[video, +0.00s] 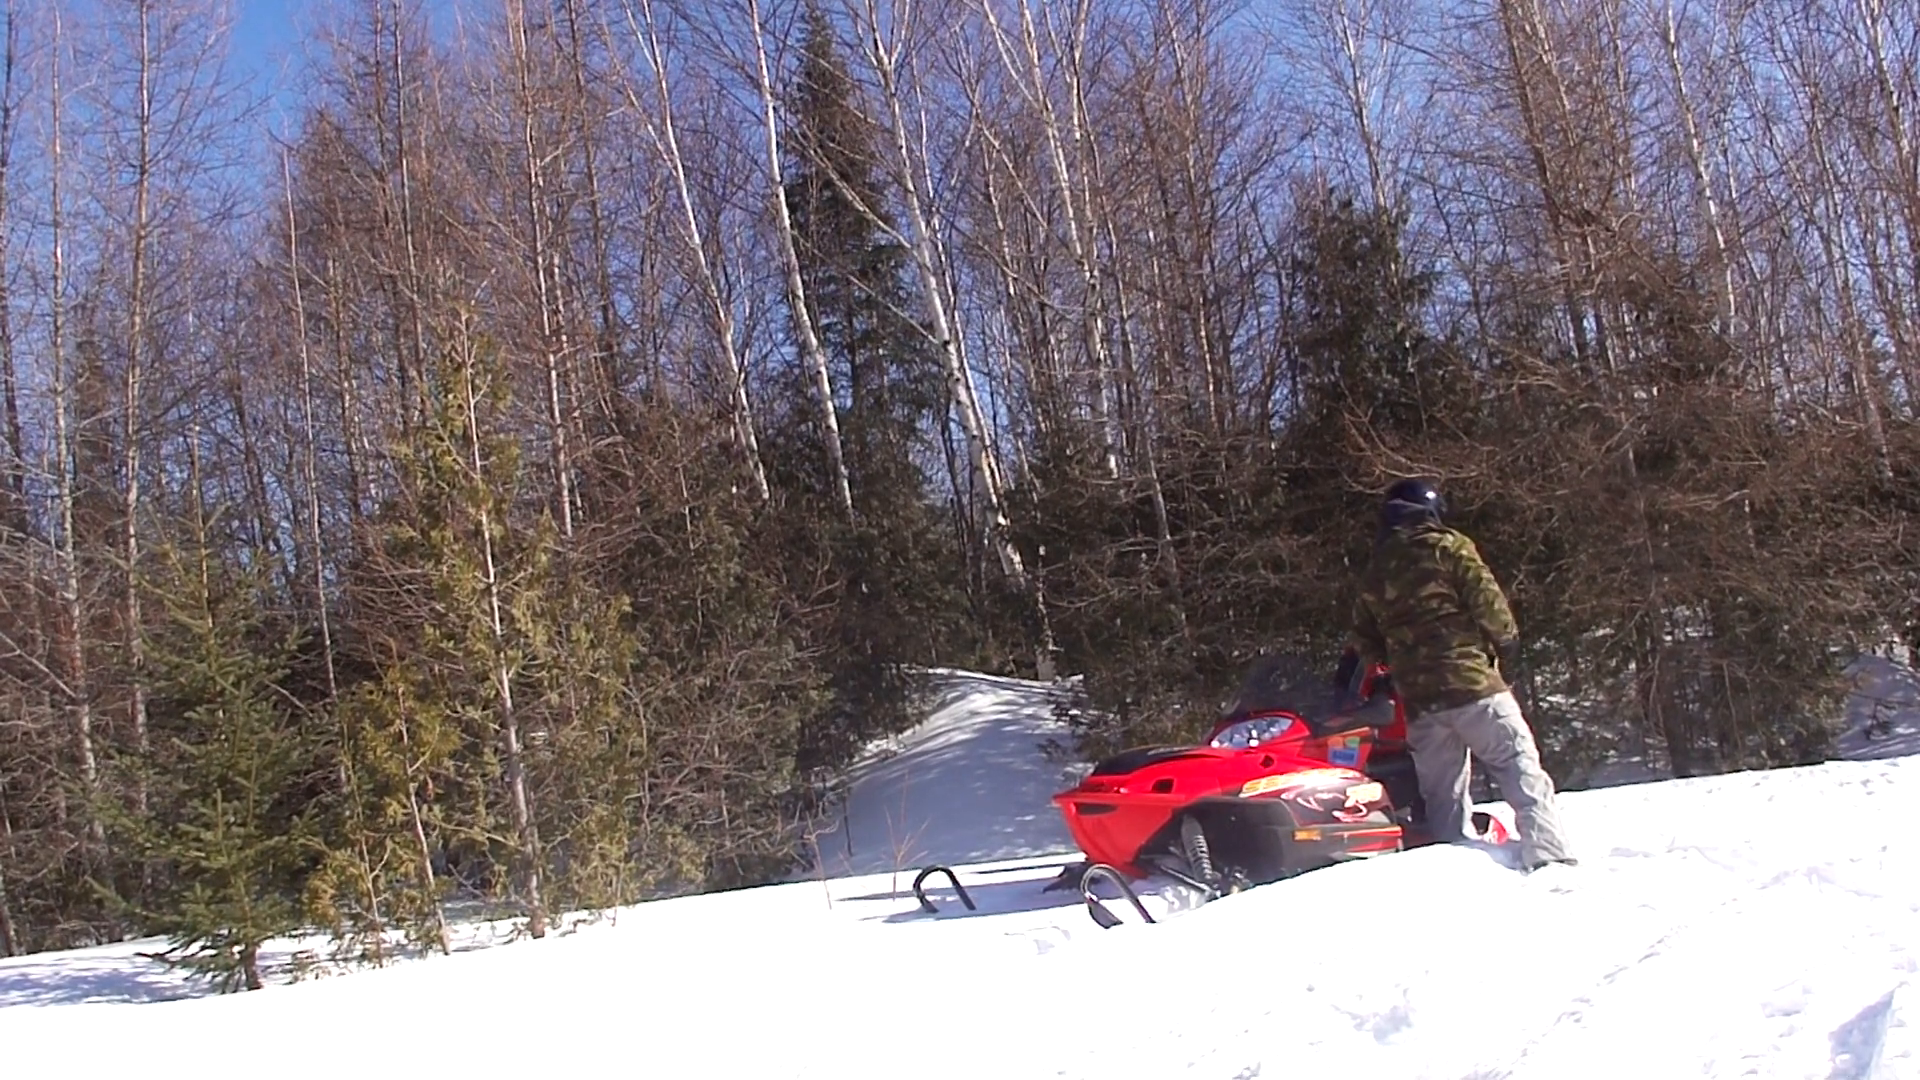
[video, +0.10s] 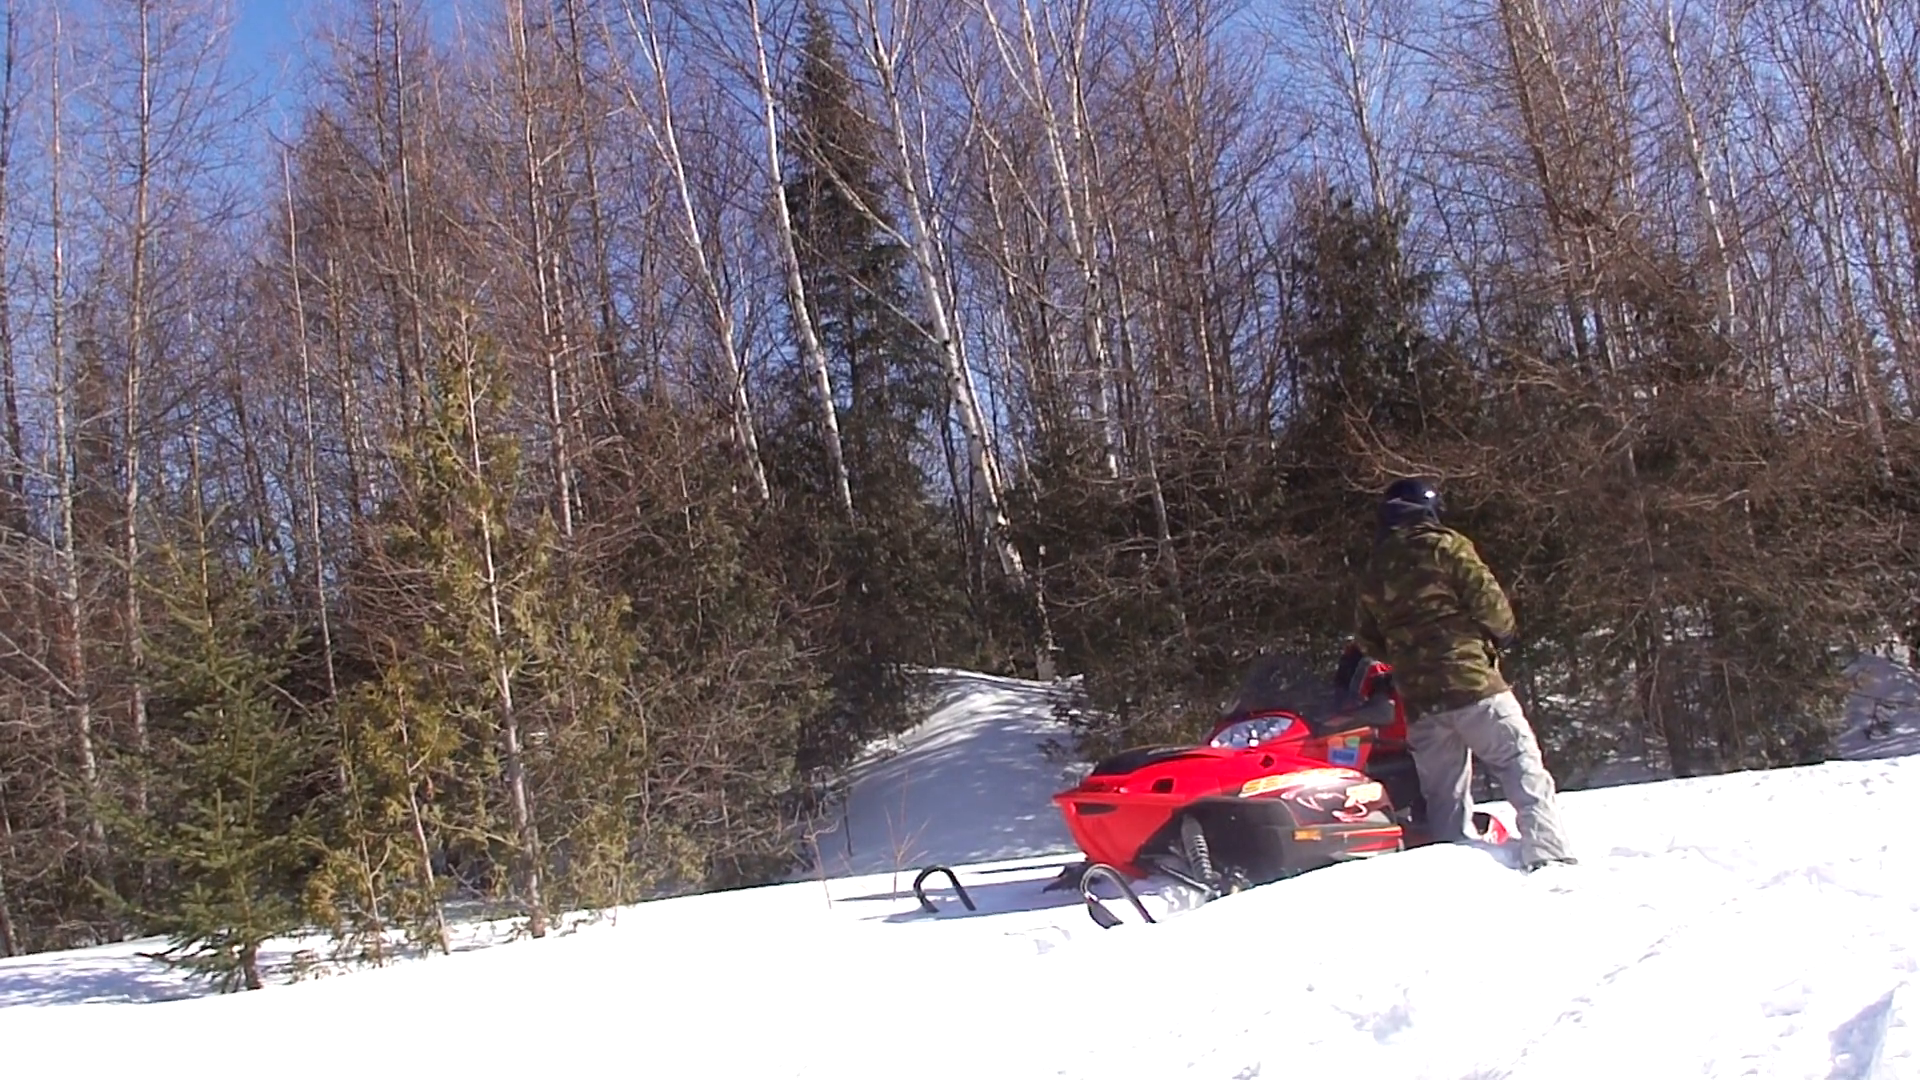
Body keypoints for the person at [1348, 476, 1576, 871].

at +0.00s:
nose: (1442, 516)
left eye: (1438, 511)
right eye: (1437, 509)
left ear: (1390, 516)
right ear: (1429, 511)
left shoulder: (1375, 567)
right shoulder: (1449, 544)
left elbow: (1365, 636)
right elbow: (1492, 609)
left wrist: (1398, 660)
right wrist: (1507, 647)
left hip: (1419, 698)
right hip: (1472, 684)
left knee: (1442, 802)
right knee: (1517, 762)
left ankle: (1451, 878)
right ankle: (1546, 854)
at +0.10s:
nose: (1440, 515)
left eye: (1437, 508)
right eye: (1436, 508)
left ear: (1389, 515)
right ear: (1427, 510)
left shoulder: (1373, 567)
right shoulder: (1447, 544)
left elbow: (1368, 637)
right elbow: (1496, 613)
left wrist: (1406, 657)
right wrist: (1504, 631)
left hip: (1419, 700)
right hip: (1473, 685)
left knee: (1443, 804)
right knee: (1519, 760)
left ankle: (1451, 880)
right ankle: (1546, 853)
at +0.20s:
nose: (1439, 513)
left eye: (1437, 507)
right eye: (1436, 507)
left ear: (1390, 514)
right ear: (1427, 509)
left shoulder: (1373, 566)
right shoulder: (1447, 545)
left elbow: (1367, 637)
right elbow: (1494, 611)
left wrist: (1405, 659)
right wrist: (1508, 633)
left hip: (1419, 701)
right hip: (1474, 685)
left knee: (1443, 803)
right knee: (1519, 759)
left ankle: (1451, 880)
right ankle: (1546, 852)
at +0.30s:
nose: (1439, 514)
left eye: (1436, 508)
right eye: (1435, 507)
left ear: (1389, 514)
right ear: (1426, 509)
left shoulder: (1373, 567)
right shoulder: (1445, 544)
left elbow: (1370, 641)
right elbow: (1486, 603)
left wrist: (1403, 676)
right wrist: (1514, 647)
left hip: (1419, 700)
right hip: (1473, 685)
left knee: (1443, 801)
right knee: (1520, 760)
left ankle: (1448, 880)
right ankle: (1546, 853)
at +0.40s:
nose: (1439, 514)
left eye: (1436, 508)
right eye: (1435, 507)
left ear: (1390, 514)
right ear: (1427, 509)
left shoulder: (1373, 567)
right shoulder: (1447, 544)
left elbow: (1369, 640)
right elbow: (1486, 604)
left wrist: (1388, 683)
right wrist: (1518, 656)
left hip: (1417, 702)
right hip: (1471, 687)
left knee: (1443, 801)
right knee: (1519, 759)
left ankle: (1449, 880)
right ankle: (1546, 852)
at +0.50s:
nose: (1440, 513)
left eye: (1437, 506)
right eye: (1436, 506)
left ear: (1390, 513)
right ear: (1427, 508)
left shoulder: (1372, 566)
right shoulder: (1446, 542)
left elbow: (1366, 639)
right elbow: (1483, 603)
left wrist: (1380, 686)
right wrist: (1516, 654)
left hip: (1415, 699)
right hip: (1470, 684)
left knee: (1442, 800)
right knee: (1518, 760)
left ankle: (1450, 879)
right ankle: (1547, 853)